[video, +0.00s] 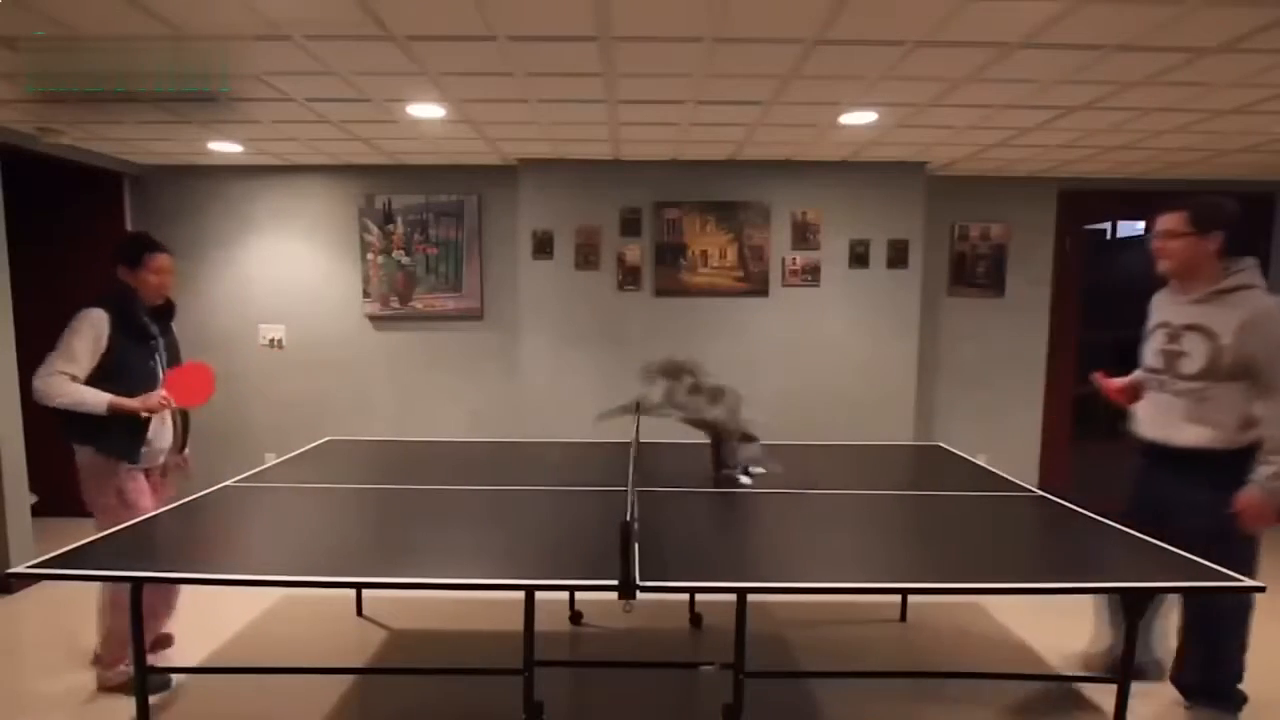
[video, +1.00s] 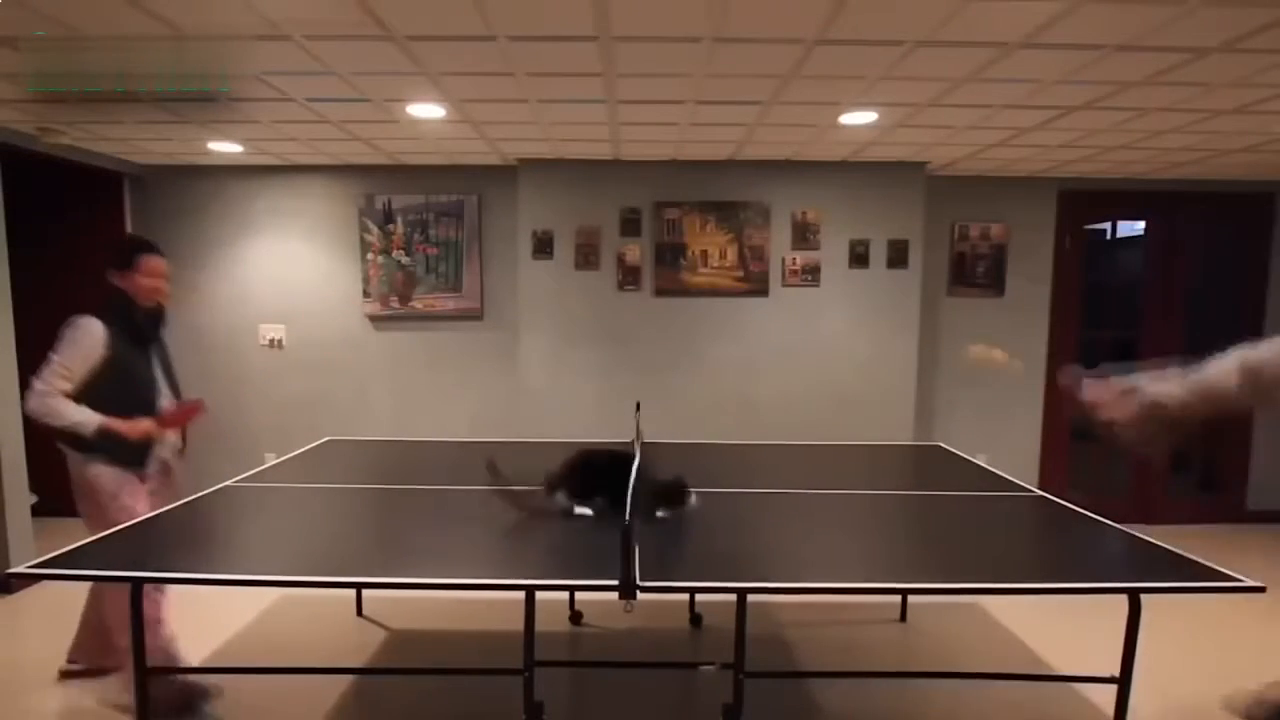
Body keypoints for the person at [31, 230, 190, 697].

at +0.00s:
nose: (167, 283)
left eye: (169, 273)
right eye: (158, 273)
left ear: (166, 276)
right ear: (128, 274)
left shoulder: (158, 325)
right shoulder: (97, 321)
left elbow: (165, 391)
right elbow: (47, 384)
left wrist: (175, 444)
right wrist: (126, 403)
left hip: (152, 460)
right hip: (108, 462)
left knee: (159, 550)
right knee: (136, 554)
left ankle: (142, 644)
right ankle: (115, 667)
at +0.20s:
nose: (193, 305)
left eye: (196, 295)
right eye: (183, 295)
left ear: (193, 297)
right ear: (151, 296)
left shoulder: (182, 346)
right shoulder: (117, 341)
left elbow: (180, 406)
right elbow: (82, 403)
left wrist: (205, 396)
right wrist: (167, 402)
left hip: (176, 482)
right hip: (129, 485)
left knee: (170, 571)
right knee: (171, 574)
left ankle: (118, 650)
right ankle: (180, 688)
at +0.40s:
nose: (236, 287)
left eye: (237, 277)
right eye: (225, 277)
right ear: (190, 283)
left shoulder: (209, 329)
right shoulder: (162, 331)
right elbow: (206, 356)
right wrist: (286, 331)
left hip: (180, 471)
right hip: (140, 473)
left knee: (191, 578)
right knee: (183, 581)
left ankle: (194, 693)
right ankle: (189, 697)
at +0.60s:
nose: (251, 288)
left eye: (253, 279)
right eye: (241, 278)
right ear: (205, 279)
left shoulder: (215, 325)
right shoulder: (178, 322)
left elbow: (208, 375)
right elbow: (159, 384)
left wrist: (269, 354)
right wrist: (240, 373)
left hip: (174, 472)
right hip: (138, 472)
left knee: (187, 586)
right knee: (167, 589)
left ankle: (193, 698)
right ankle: (174, 704)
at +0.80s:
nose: (219, 296)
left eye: (221, 285)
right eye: (207, 286)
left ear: (215, 288)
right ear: (175, 288)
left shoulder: (195, 335)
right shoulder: (142, 338)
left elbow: (195, 403)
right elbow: (59, 405)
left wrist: (198, 438)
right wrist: (127, 446)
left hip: (170, 471)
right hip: (127, 477)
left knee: (132, 573)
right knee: (187, 582)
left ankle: (91, 665)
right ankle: (187, 700)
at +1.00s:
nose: (161, 288)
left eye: (165, 279)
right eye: (151, 278)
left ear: (165, 283)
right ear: (123, 279)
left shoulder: (150, 334)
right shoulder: (93, 330)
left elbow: (160, 401)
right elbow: (40, 400)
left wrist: (175, 420)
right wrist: (115, 427)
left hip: (147, 466)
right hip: (103, 470)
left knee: (127, 560)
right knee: (143, 560)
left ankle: (91, 655)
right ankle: (159, 677)